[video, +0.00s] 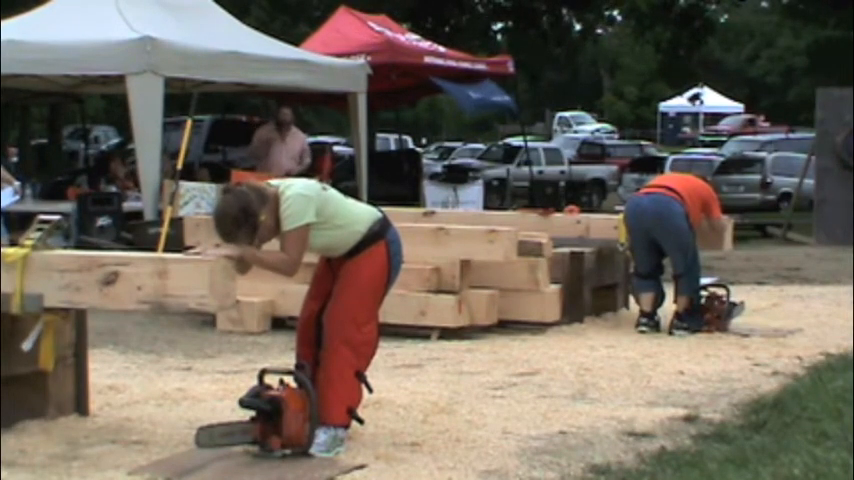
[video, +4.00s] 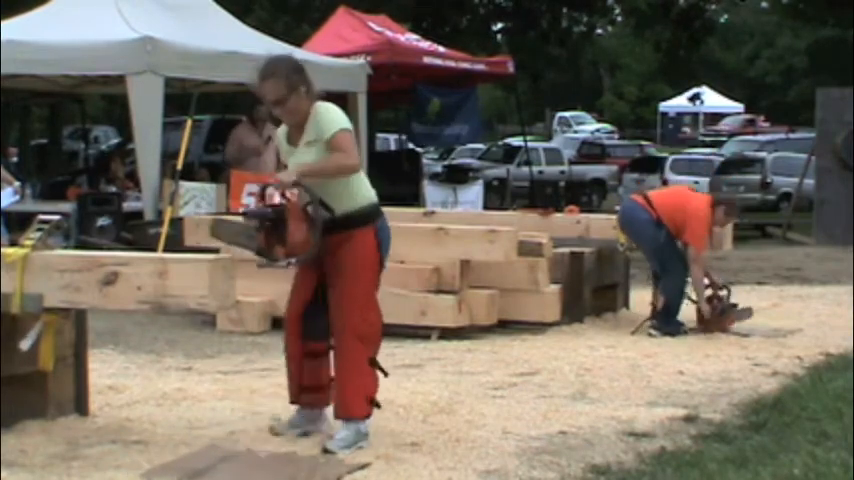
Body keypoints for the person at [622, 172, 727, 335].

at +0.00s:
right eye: (711, 191)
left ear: (689, 176)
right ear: (707, 184)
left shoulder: (671, 178)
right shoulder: (706, 189)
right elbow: (717, 223)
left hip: (635, 205)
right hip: (668, 206)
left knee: (645, 270)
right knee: (686, 268)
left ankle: (646, 316)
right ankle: (682, 318)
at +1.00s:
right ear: (707, 184)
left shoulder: (670, 178)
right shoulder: (706, 189)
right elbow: (717, 222)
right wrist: (725, 222)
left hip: (636, 204)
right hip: (669, 206)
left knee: (645, 269)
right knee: (687, 268)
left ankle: (646, 316)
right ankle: (682, 318)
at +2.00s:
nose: (728, 183)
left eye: (728, 180)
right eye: (728, 180)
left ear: (710, 170)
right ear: (724, 177)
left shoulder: (690, 174)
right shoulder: (719, 187)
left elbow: (697, 226)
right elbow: (715, 228)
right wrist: (711, 263)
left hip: (642, 203)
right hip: (670, 208)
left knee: (661, 261)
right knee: (691, 263)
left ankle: (651, 305)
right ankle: (684, 315)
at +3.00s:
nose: (715, 142)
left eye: (717, 138)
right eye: (715, 137)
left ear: (695, 129)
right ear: (707, 135)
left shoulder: (678, 139)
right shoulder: (693, 153)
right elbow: (689, 189)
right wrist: (698, 213)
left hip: (645, 199)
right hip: (661, 206)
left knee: (660, 263)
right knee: (673, 265)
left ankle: (659, 314)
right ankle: (664, 320)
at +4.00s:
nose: (724, 224)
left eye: (729, 221)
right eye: (726, 219)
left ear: (718, 208)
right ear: (720, 209)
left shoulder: (700, 203)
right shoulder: (700, 212)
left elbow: (693, 252)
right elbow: (695, 262)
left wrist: (709, 278)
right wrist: (701, 302)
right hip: (641, 215)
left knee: (669, 265)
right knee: (676, 267)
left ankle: (663, 317)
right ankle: (665, 321)